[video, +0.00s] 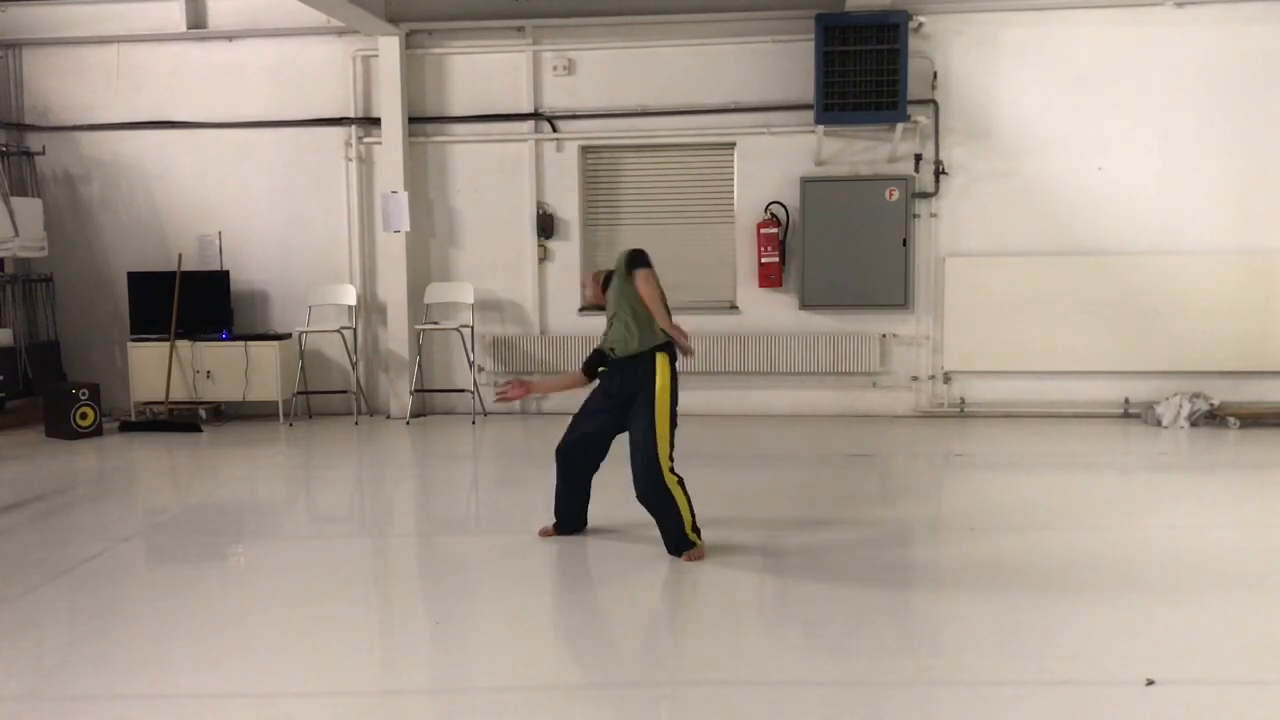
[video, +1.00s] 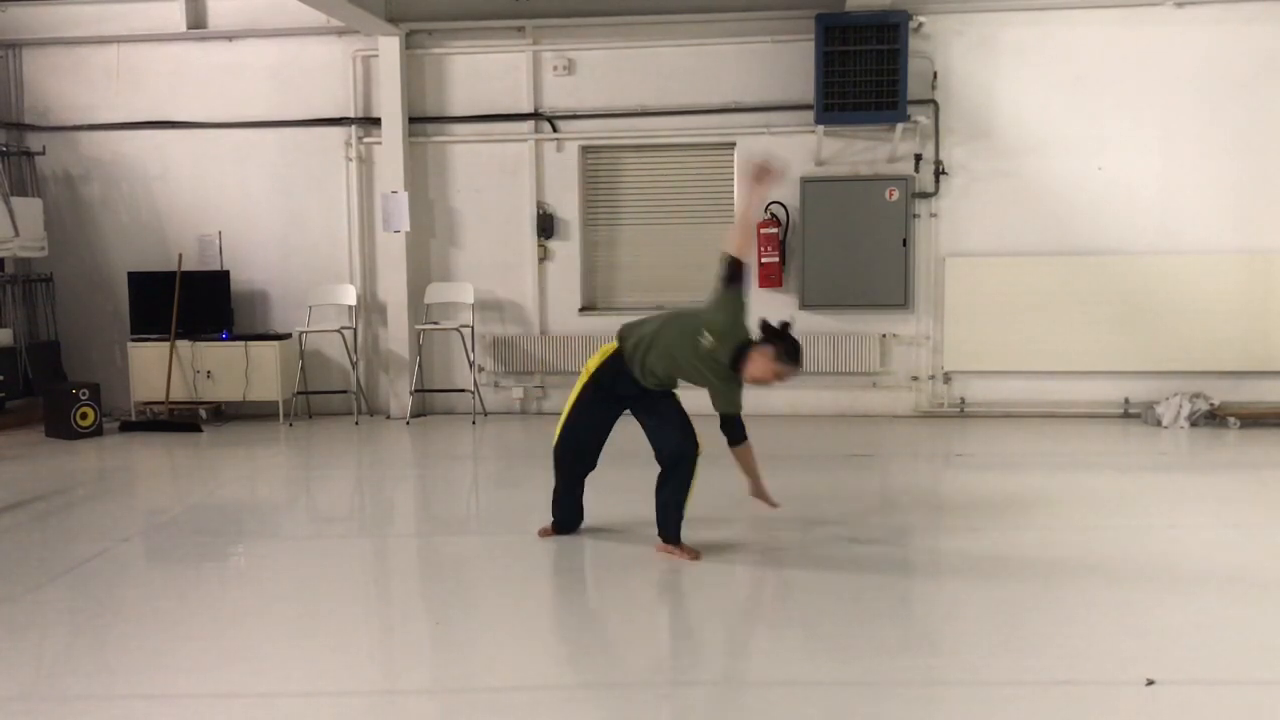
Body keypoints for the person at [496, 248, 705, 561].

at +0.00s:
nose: (584, 292)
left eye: (586, 285)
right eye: (583, 289)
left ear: (601, 278)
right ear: (601, 291)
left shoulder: (629, 262)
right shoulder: (612, 334)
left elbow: (648, 287)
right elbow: (582, 376)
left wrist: (667, 326)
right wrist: (530, 387)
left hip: (653, 367)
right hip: (617, 376)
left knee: (651, 465)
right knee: (572, 451)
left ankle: (688, 541)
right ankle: (570, 523)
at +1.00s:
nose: (771, 381)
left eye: (778, 378)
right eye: (775, 372)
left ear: (770, 367)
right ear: (763, 349)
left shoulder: (725, 384)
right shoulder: (727, 315)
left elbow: (736, 436)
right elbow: (736, 253)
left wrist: (756, 484)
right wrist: (753, 193)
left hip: (653, 387)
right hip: (617, 364)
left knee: (682, 451)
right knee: (570, 447)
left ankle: (669, 539)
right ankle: (566, 521)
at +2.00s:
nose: (727, 415)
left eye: (723, 414)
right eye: (728, 424)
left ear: (730, 401)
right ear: (741, 425)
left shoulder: (756, 372)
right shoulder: (781, 420)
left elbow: (722, 358)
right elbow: (802, 484)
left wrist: (693, 370)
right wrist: (815, 547)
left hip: (901, 376)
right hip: (879, 402)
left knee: (982, 331)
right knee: (960, 472)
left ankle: (1016, 417)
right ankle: (941, 560)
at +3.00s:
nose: (1010, 411)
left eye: (1012, 403)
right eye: (1009, 401)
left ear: (985, 392)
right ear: (988, 392)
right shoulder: (968, 409)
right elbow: (1025, 440)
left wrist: (853, 507)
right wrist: (1050, 466)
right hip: (910, 510)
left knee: (998, 451)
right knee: (980, 463)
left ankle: (999, 537)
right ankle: (947, 557)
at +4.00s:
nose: (681, 484)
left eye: (689, 485)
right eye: (684, 480)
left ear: (703, 457)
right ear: (681, 461)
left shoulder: (691, 440)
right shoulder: (647, 447)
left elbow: (733, 461)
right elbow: (635, 496)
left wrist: (780, 468)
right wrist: (674, 534)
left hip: (631, 481)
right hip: (599, 490)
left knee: (687, 501)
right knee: (672, 514)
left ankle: (763, 522)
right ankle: (747, 531)